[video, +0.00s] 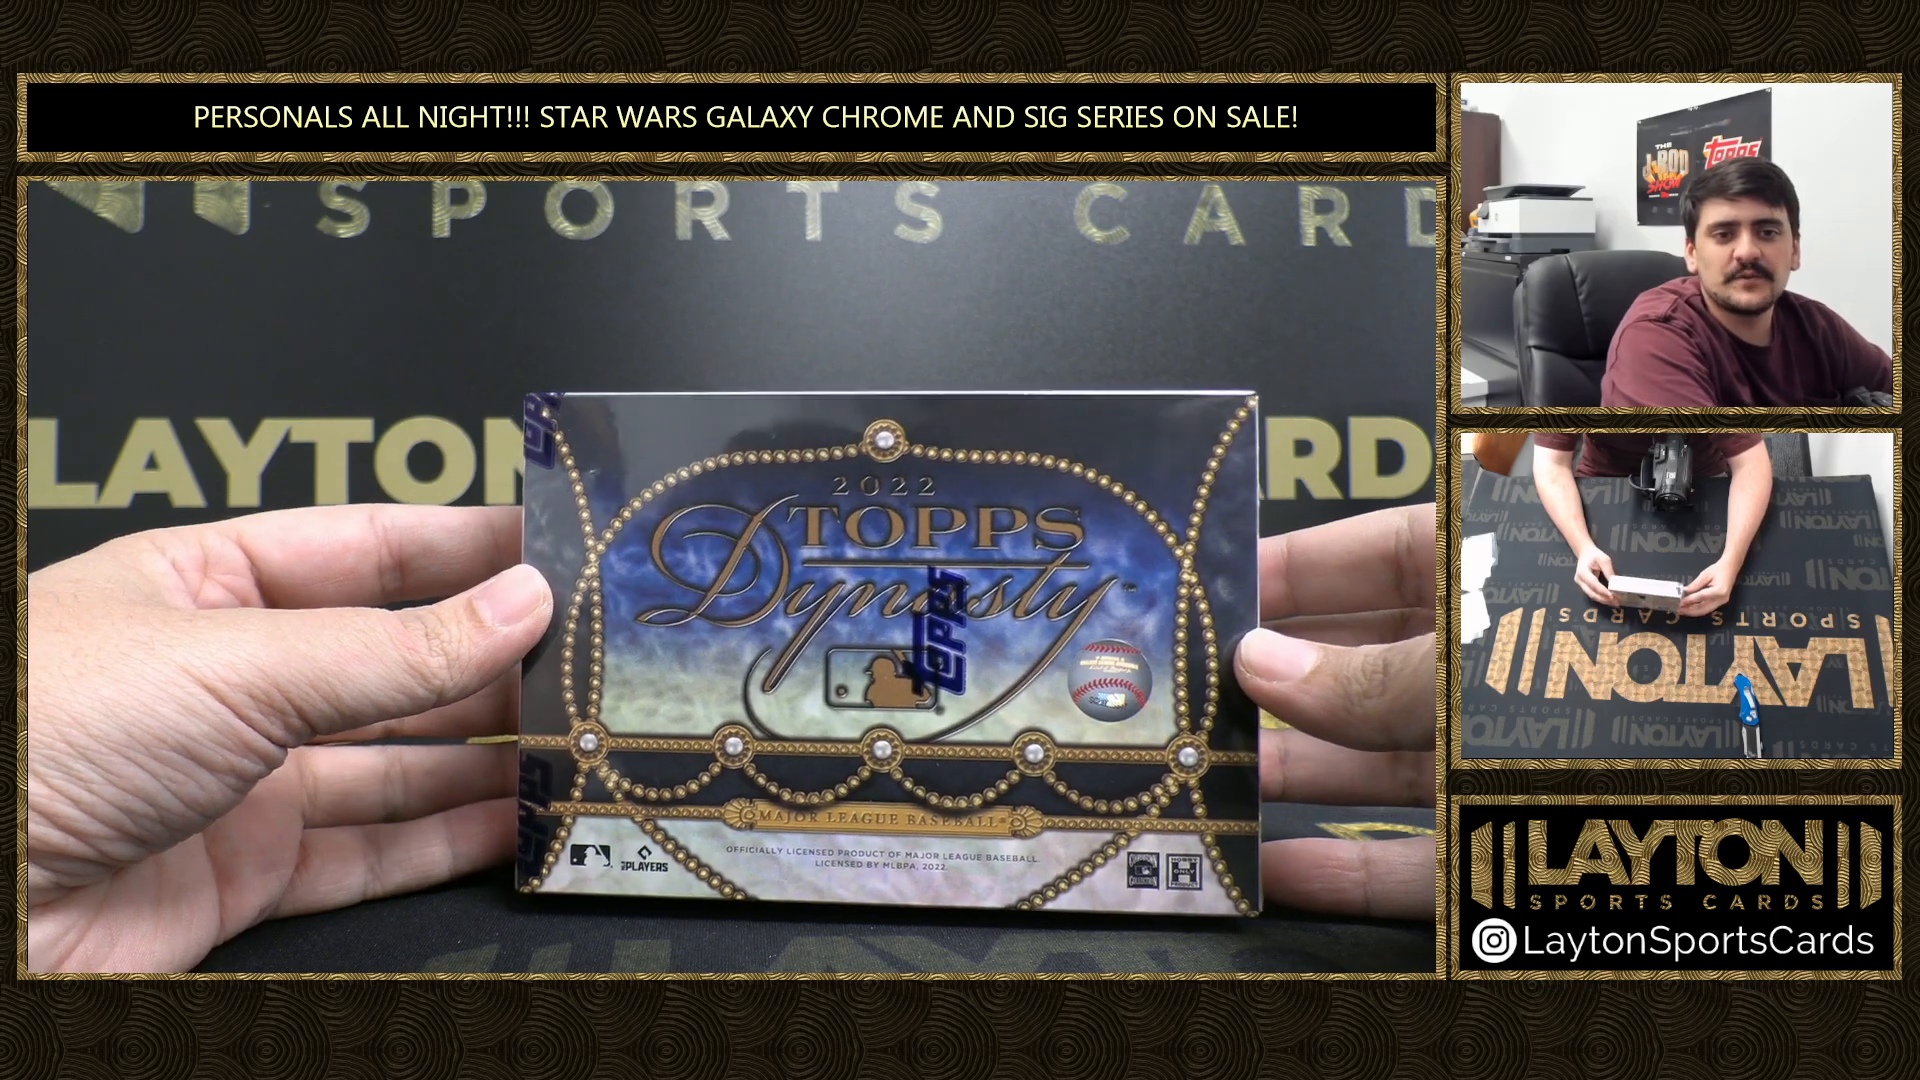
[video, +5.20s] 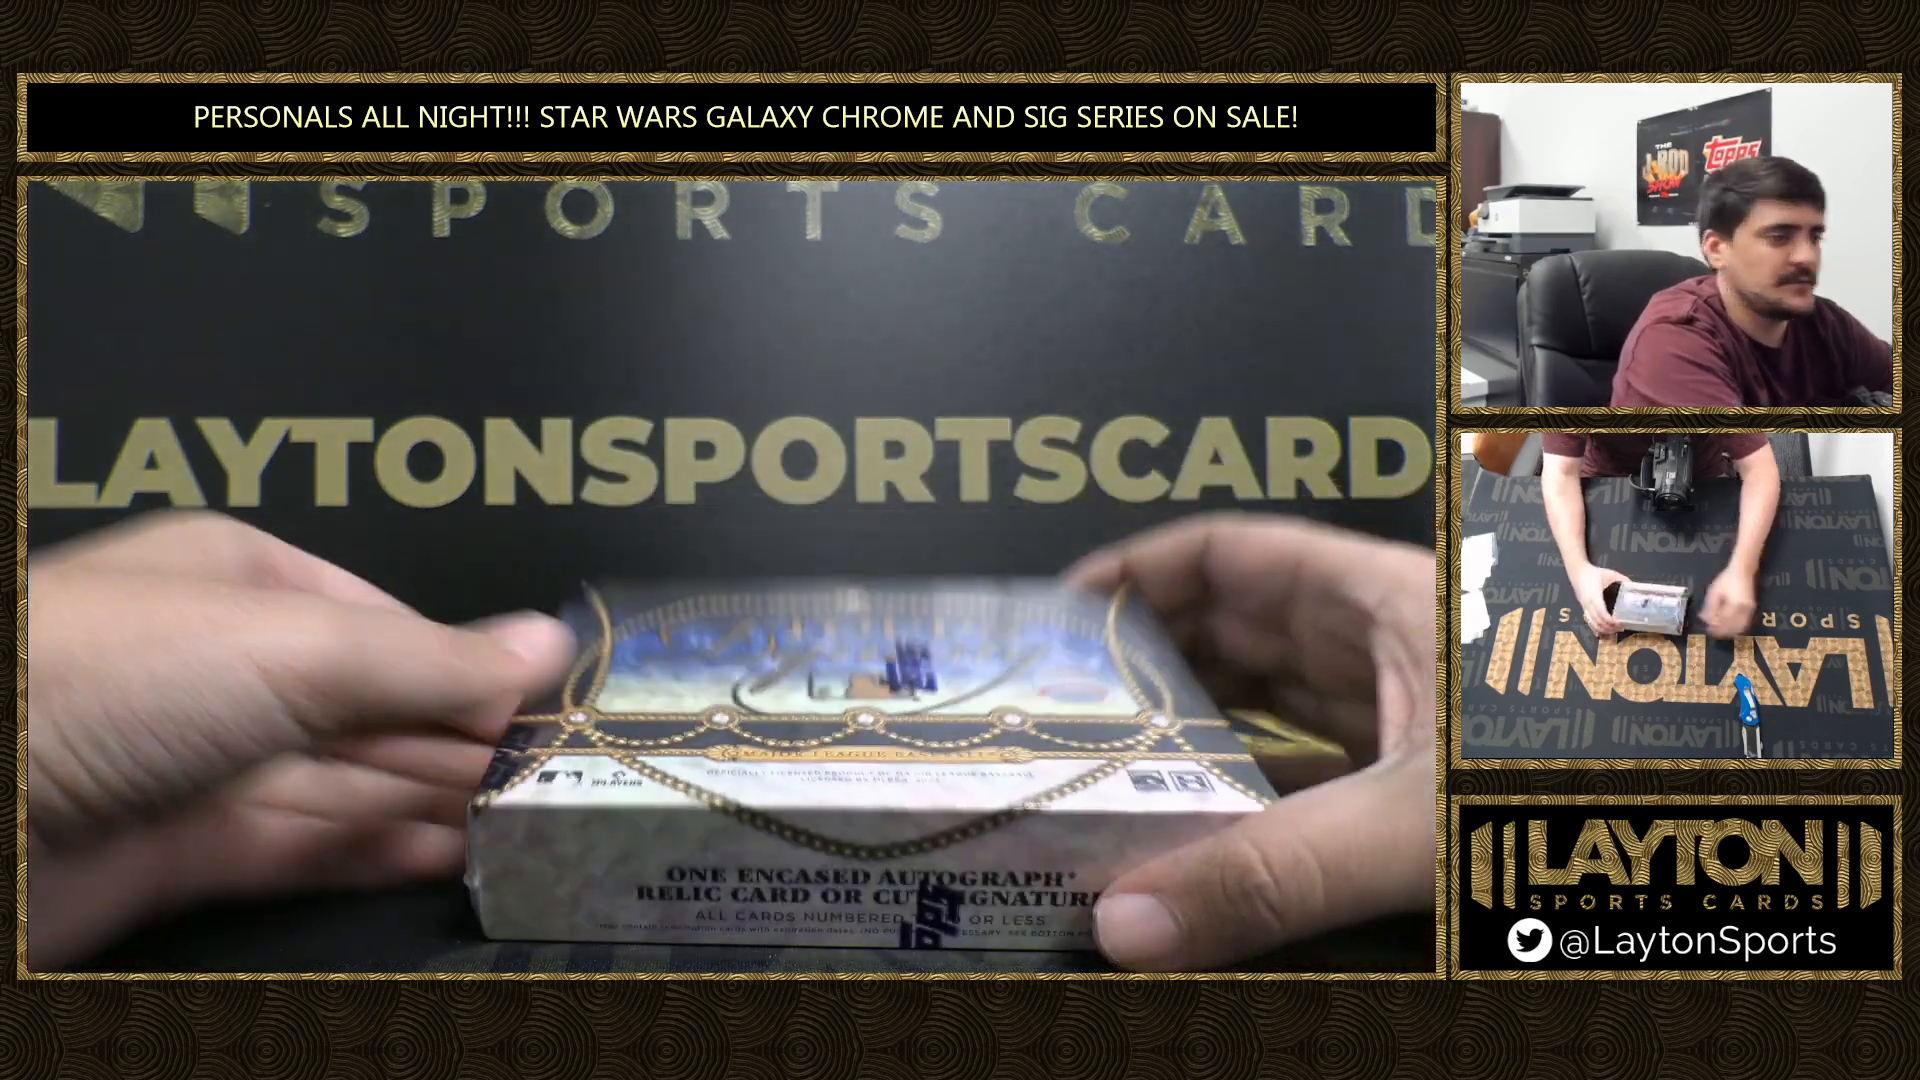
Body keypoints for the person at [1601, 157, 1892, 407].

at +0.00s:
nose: (1747, 252)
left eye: (1767, 233)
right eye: (1724, 235)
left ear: (1795, 251)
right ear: (1691, 254)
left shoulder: (1817, 329)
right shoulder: (1655, 333)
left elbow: (1897, 388)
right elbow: (1747, 460)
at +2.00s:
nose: (1746, 260)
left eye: (1769, 243)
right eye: (1726, 241)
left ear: (1798, 258)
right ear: (1693, 252)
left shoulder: (1818, 329)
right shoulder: (1655, 333)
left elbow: (1897, 388)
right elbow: (1746, 462)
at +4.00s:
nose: (1748, 249)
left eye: (1770, 232)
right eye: (1728, 231)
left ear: (1798, 255)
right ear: (1695, 251)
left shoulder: (1817, 328)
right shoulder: (1657, 333)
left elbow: (1896, 387)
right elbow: (1747, 461)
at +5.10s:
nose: (1786, 254)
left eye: (1800, 236)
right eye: (1762, 234)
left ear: (1812, 246)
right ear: (1708, 248)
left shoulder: (1823, 328)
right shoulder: (1669, 336)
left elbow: (1898, 387)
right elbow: (1752, 461)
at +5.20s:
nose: (1806, 257)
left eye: (1815, 237)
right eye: (1779, 237)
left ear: (1822, 239)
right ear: (1716, 250)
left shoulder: (1829, 328)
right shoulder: (1673, 339)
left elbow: (1901, 383)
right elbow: (1759, 467)